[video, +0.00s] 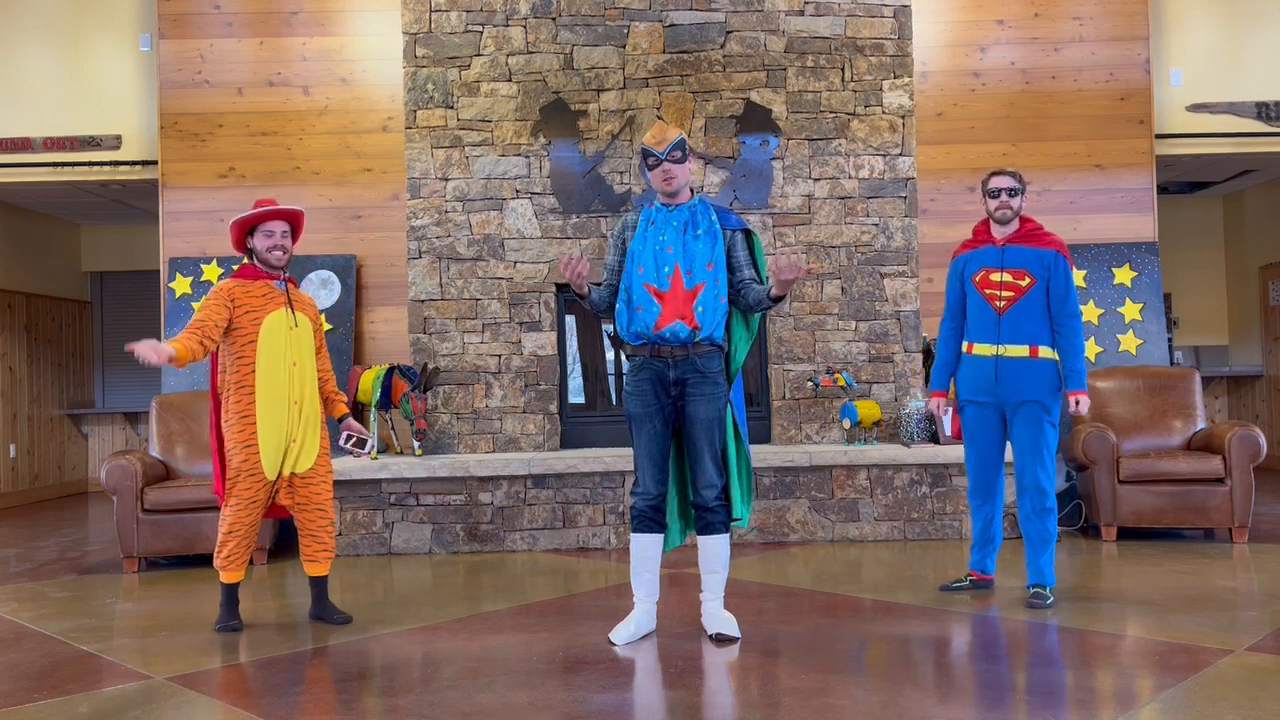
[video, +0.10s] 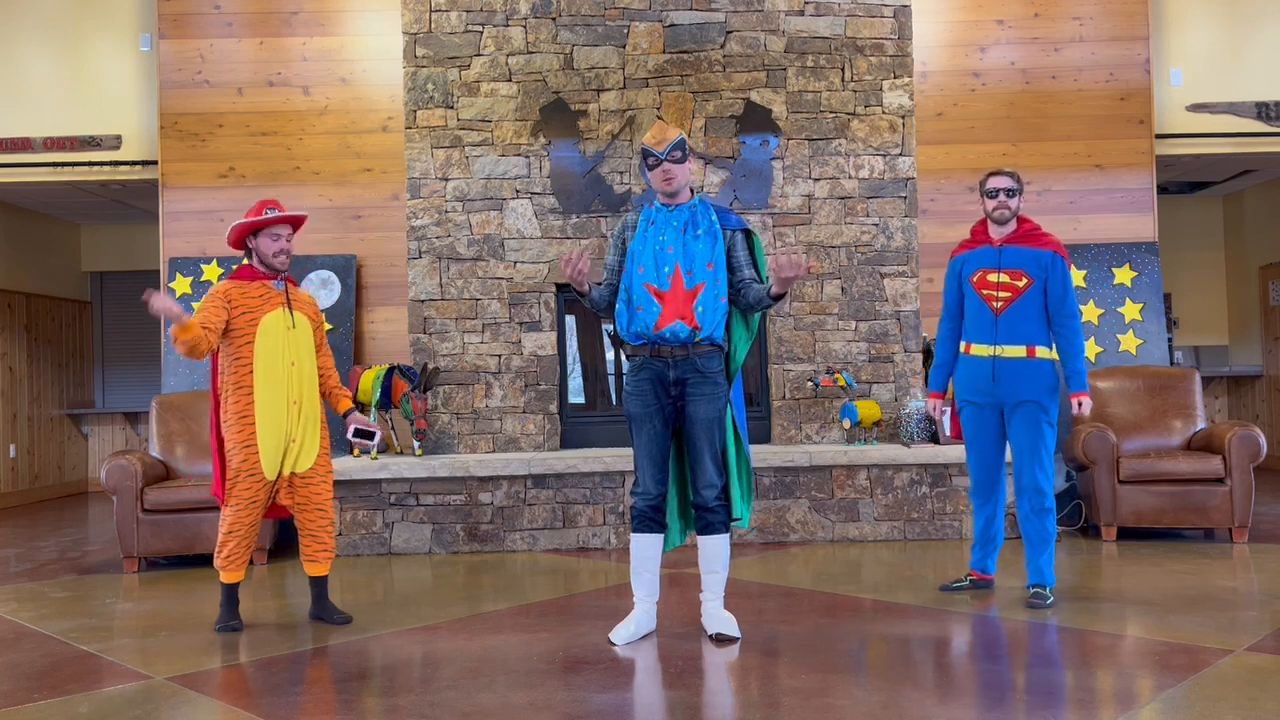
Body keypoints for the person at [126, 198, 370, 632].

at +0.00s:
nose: (278, 242)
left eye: (285, 235)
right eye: (268, 235)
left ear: (293, 243)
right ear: (250, 243)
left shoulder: (305, 302)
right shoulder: (230, 293)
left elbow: (321, 367)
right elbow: (199, 336)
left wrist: (343, 415)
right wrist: (169, 351)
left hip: (304, 420)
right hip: (250, 422)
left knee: (318, 502)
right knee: (244, 505)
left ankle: (321, 600)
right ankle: (229, 605)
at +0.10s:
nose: (286, 244)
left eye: (289, 237)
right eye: (275, 237)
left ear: (294, 242)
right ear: (252, 244)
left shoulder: (305, 301)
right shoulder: (227, 295)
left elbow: (323, 363)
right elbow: (199, 346)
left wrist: (347, 409)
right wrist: (180, 321)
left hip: (305, 421)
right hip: (250, 422)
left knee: (317, 500)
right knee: (244, 504)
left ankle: (321, 600)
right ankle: (229, 606)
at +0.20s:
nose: (289, 249)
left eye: (292, 240)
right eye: (279, 241)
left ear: (294, 243)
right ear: (254, 246)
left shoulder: (305, 300)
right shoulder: (229, 294)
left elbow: (328, 363)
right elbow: (201, 338)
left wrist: (355, 399)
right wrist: (205, 283)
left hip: (304, 422)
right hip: (250, 425)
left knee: (318, 504)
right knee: (243, 506)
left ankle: (321, 601)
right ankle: (229, 606)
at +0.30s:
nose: (289, 249)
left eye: (292, 241)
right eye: (279, 242)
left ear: (293, 245)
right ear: (254, 247)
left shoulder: (303, 301)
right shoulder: (231, 294)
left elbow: (328, 355)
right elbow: (213, 329)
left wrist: (360, 382)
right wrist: (237, 269)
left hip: (304, 423)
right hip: (249, 425)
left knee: (317, 504)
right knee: (242, 506)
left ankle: (321, 601)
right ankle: (229, 606)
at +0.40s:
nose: (291, 250)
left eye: (293, 243)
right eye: (283, 242)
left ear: (292, 248)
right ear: (257, 246)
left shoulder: (302, 300)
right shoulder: (225, 293)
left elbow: (327, 352)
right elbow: (227, 331)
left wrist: (361, 361)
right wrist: (266, 279)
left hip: (304, 425)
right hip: (248, 427)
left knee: (316, 503)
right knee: (242, 506)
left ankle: (321, 601)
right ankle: (229, 606)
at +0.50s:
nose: (290, 249)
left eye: (293, 242)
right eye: (281, 241)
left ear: (294, 245)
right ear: (255, 246)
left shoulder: (300, 297)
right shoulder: (225, 294)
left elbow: (324, 352)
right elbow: (232, 331)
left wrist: (354, 346)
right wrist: (283, 294)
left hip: (303, 423)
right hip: (248, 425)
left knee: (316, 502)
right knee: (242, 507)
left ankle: (320, 600)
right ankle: (229, 607)